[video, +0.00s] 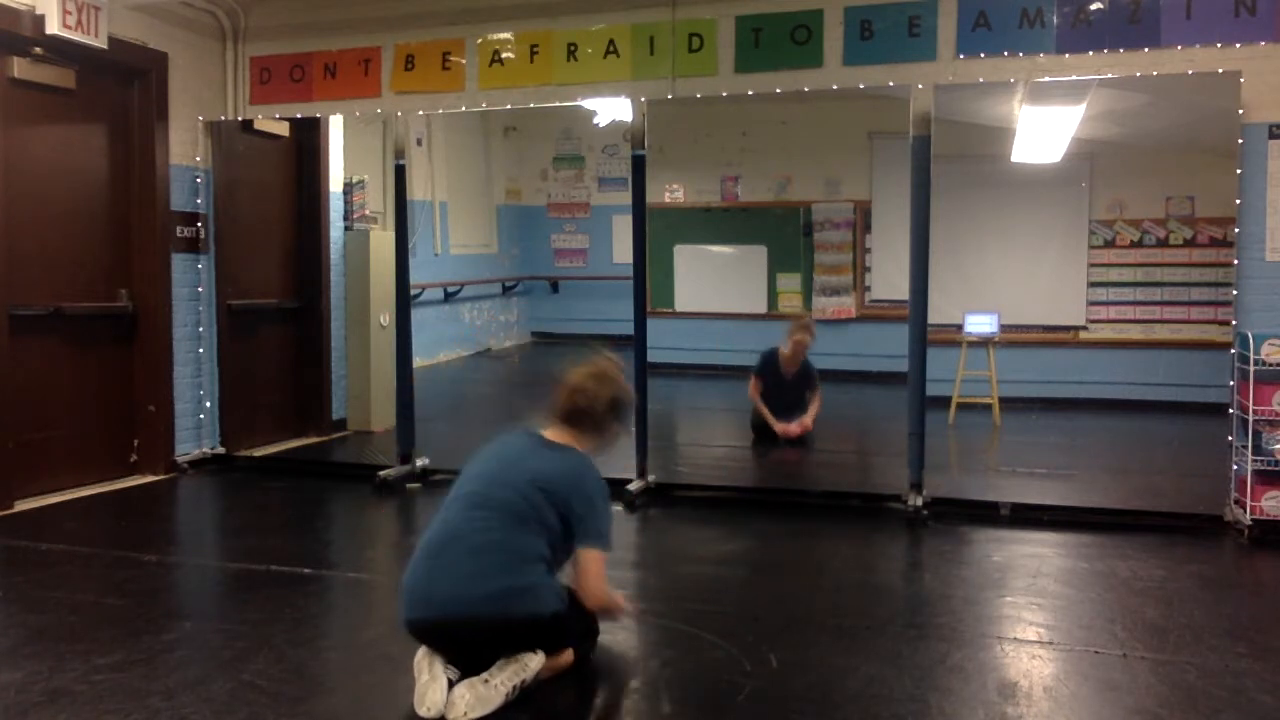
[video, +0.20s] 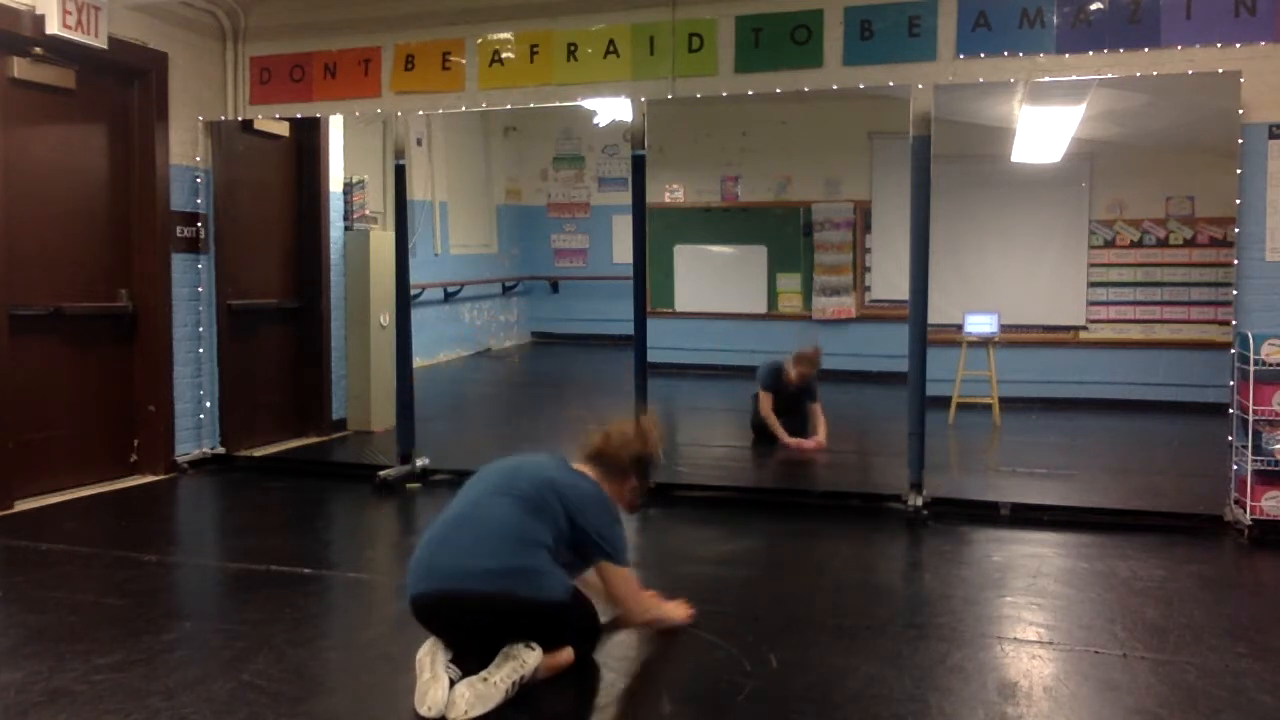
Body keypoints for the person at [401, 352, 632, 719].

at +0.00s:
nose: (618, 435)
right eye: (619, 426)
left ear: (561, 405)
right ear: (611, 430)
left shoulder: (503, 446)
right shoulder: (585, 479)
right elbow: (592, 595)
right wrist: (614, 604)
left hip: (424, 604)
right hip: (507, 604)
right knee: (583, 629)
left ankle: (438, 666)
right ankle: (503, 681)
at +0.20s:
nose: (629, 507)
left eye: (633, 499)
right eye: (634, 497)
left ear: (590, 460)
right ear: (629, 483)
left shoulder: (526, 474)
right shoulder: (593, 499)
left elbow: (571, 572)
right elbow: (632, 608)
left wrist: (630, 597)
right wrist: (666, 612)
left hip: (431, 587)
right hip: (513, 585)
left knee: (490, 663)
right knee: (583, 632)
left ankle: (446, 665)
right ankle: (528, 666)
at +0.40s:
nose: (633, 525)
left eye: (637, 520)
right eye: (638, 516)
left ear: (595, 478)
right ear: (630, 504)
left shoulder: (532, 486)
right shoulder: (593, 508)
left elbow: (611, 556)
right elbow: (651, 574)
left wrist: (659, 587)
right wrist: (690, 602)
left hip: (432, 585)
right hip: (517, 582)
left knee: (491, 649)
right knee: (581, 634)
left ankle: (443, 661)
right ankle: (527, 666)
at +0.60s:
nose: (624, 489)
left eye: (629, 481)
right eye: (628, 478)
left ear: (575, 448)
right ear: (615, 461)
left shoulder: (525, 469)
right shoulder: (593, 486)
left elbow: (611, 549)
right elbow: (646, 553)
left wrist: (658, 583)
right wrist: (683, 588)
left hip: (431, 590)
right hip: (514, 584)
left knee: (489, 655)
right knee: (581, 631)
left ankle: (443, 664)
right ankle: (528, 665)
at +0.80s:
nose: (606, 414)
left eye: (605, 403)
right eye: (603, 403)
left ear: (541, 401)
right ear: (590, 405)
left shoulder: (499, 442)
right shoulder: (589, 460)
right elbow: (618, 567)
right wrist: (630, 598)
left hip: (434, 595)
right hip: (520, 595)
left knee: (487, 656)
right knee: (583, 635)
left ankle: (443, 663)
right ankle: (524, 670)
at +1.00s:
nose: (568, 388)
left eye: (564, 380)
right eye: (565, 381)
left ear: (503, 396)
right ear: (559, 391)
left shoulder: (468, 444)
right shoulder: (572, 451)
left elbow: (424, 529)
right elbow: (570, 560)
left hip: (432, 619)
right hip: (521, 616)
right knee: (582, 621)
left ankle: (444, 674)